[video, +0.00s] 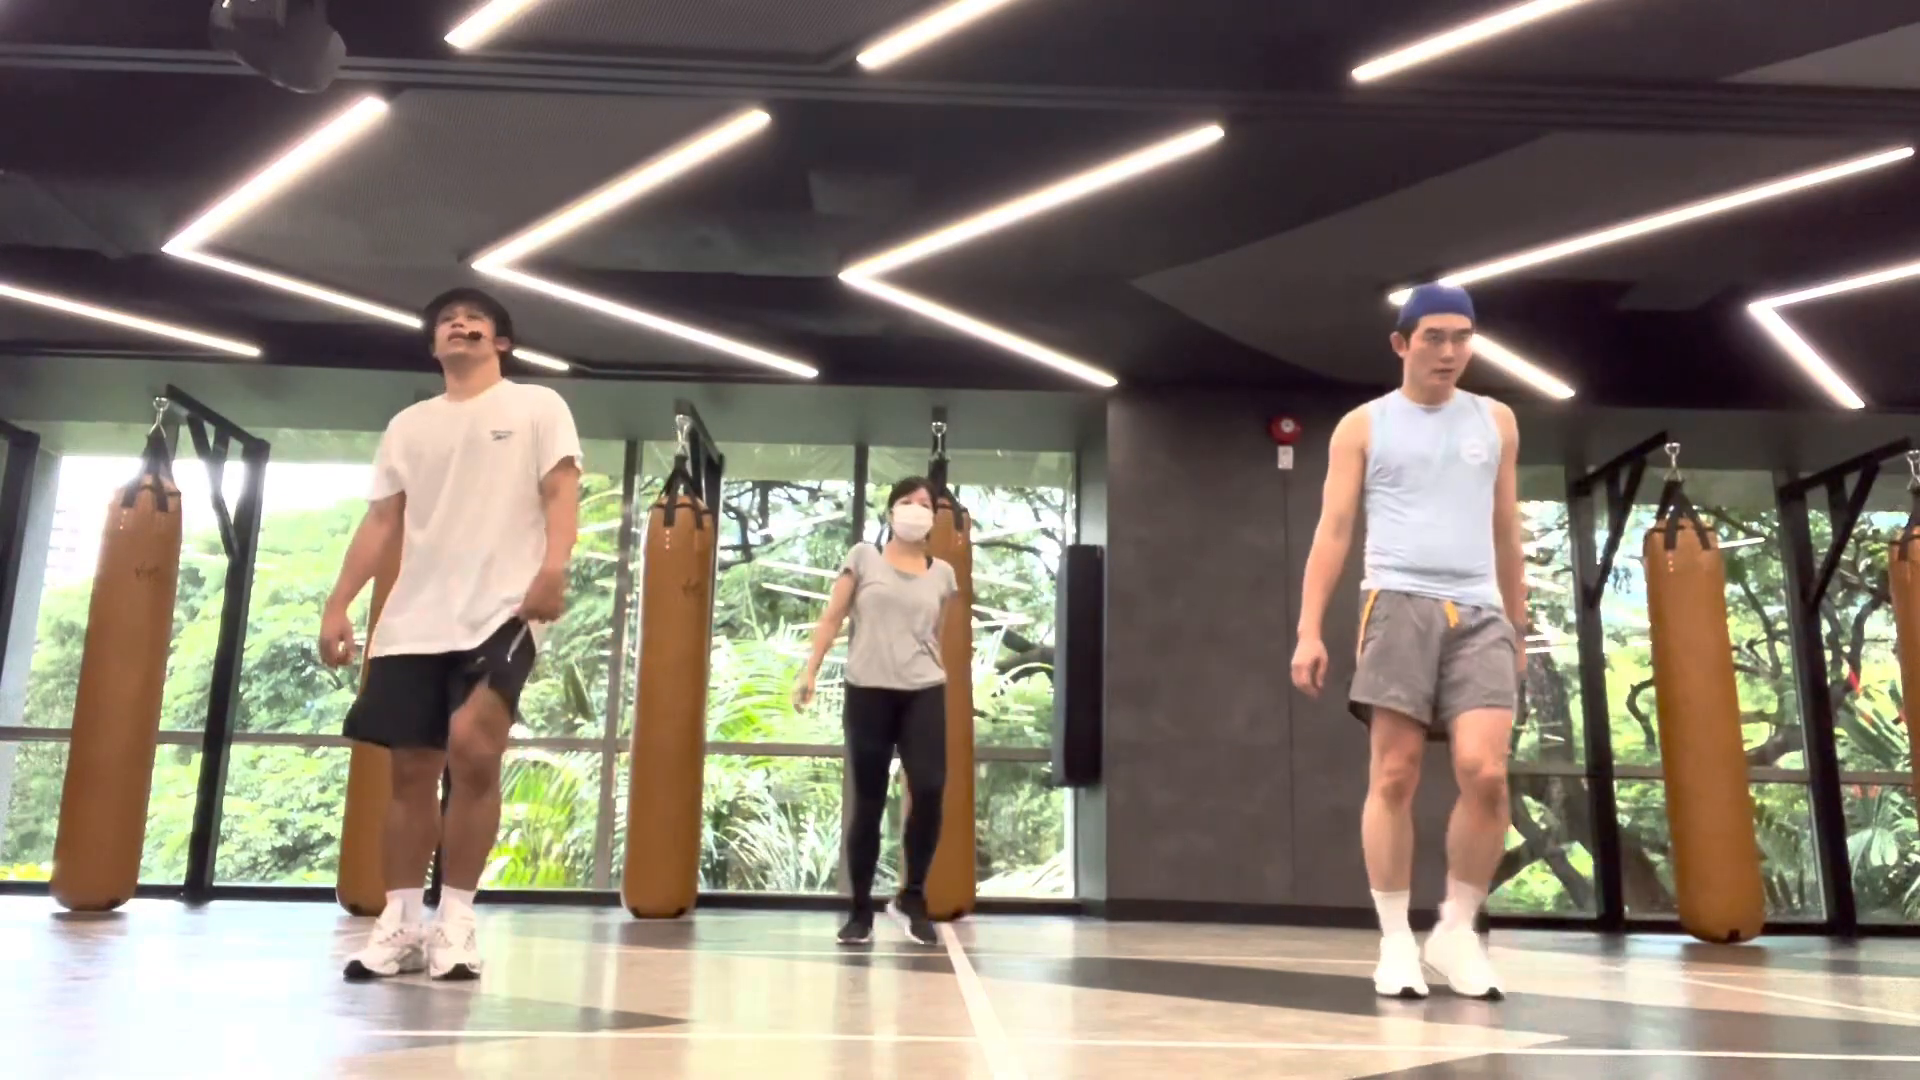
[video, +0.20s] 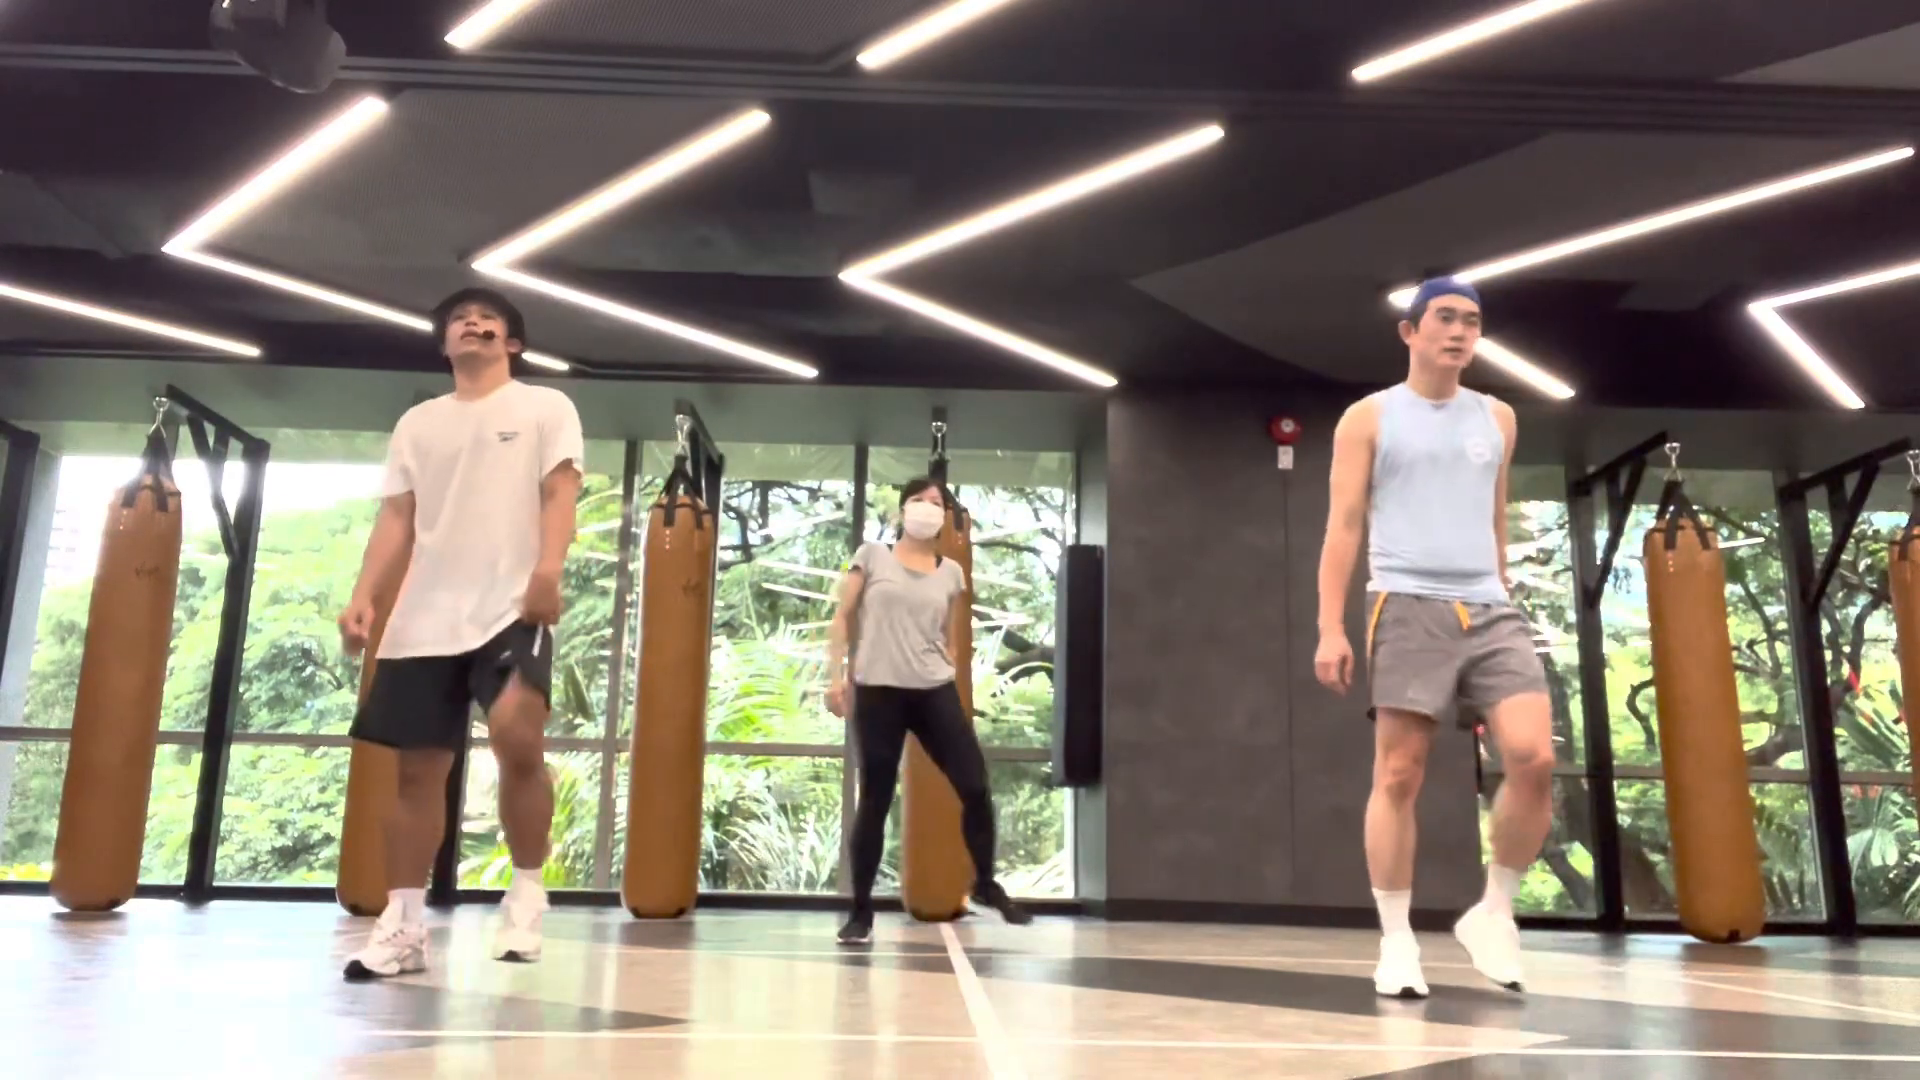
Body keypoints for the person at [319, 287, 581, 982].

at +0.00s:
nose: (460, 327)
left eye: (475, 320)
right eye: (447, 322)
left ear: (502, 341)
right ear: (432, 345)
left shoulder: (539, 405)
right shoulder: (407, 426)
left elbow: (562, 495)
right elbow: (379, 523)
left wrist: (554, 569)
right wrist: (338, 604)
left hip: (499, 616)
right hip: (412, 621)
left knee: (473, 746)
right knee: (410, 769)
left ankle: (455, 922)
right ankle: (400, 925)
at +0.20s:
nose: (475, 326)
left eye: (489, 319)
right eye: (461, 319)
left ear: (513, 344)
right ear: (443, 343)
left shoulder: (545, 406)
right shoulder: (416, 424)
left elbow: (560, 495)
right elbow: (395, 520)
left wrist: (548, 573)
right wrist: (364, 593)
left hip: (511, 612)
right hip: (424, 620)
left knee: (517, 738)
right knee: (417, 769)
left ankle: (526, 894)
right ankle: (403, 925)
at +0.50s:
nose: (538, 334)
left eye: (553, 330)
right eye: (525, 328)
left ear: (574, 355)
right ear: (505, 351)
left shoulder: (605, 412)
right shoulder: (479, 426)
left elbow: (616, 502)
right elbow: (452, 527)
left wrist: (593, 584)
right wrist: (418, 600)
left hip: (562, 626)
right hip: (473, 628)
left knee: (574, 769)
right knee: (441, 773)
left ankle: (598, 933)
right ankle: (406, 929)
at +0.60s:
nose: (565, 330)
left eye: (580, 326)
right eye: (551, 324)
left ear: (599, 352)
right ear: (530, 346)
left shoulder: (627, 415)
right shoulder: (501, 425)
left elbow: (644, 506)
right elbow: (483, 527)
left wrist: (627, 587)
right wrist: (444, 607)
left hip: (583, 627)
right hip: (497, 624)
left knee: (587, 773)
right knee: (443, 762)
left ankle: (600, 932)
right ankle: (417, 922)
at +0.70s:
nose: (580, 327)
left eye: (596, 324)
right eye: (568, 320)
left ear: (616, 352)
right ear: (547, 346)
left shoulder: (640, 413)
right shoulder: (518, 421)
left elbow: (662, 504)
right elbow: (500, 523)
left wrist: (657, 590)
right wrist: (470, 611)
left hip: (598, 617)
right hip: (513, 614)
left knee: (589, 763)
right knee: (453, 741)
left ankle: (600, 933)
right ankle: (462, 904)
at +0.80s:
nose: (593, 323)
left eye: (607, 319)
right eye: (581, 315)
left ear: (626, 348)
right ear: (558, 341)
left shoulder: (647, 412)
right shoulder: (525, 416)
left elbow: (670, 501)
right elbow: (506, 517)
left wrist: (666, 589)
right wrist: (475, 597)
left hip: (603, 617)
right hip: (517, 615)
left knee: (594, 764)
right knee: (471, 740)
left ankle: (601, 927)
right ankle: (514, 894)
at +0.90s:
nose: (598, 326)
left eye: (612, 321)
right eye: (585, 318)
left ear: (632, 348)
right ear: (564, 341)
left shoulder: (651, 416)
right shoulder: (528, 416)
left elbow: (670, 507)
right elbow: (504, 514)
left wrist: (666, 597)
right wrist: (473, 592)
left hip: (605, 620)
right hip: (518, 618)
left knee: (592, 761)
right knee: (495, 753)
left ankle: (601, 922)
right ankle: (546, 913)